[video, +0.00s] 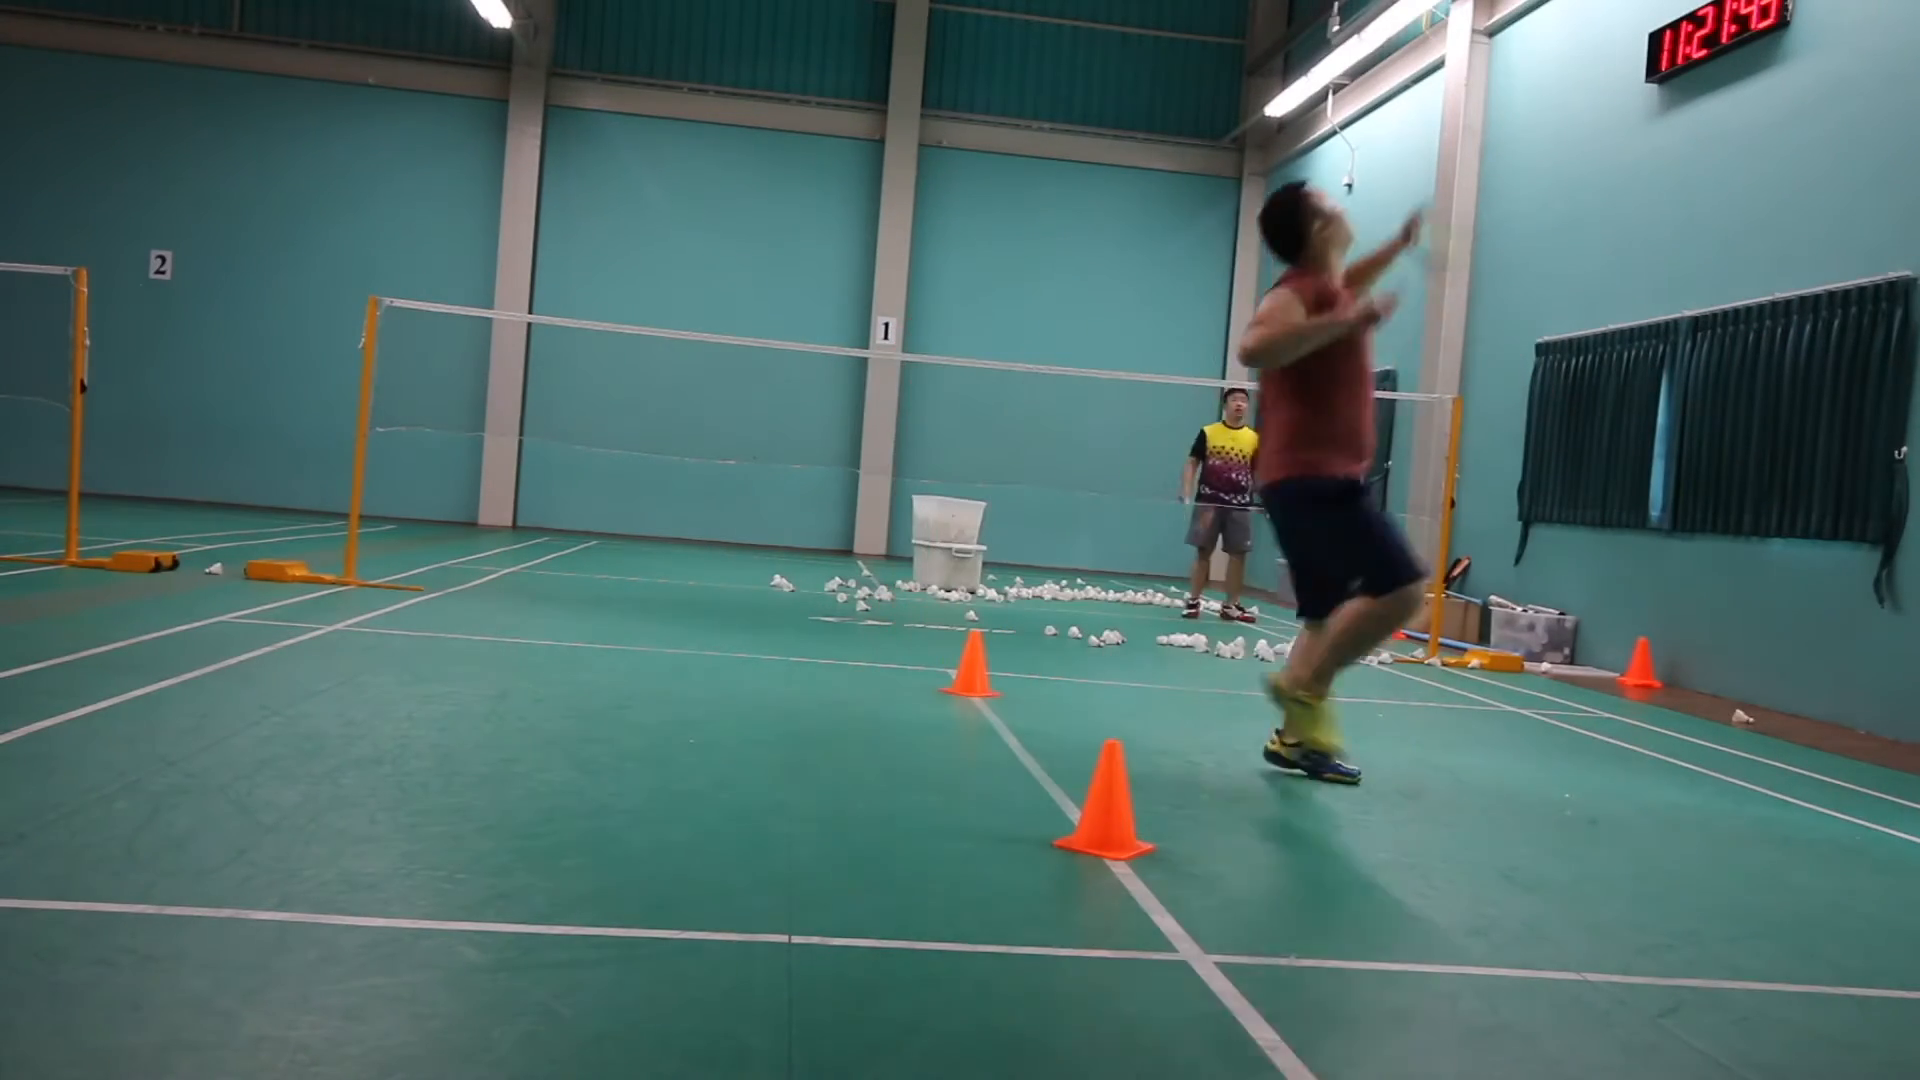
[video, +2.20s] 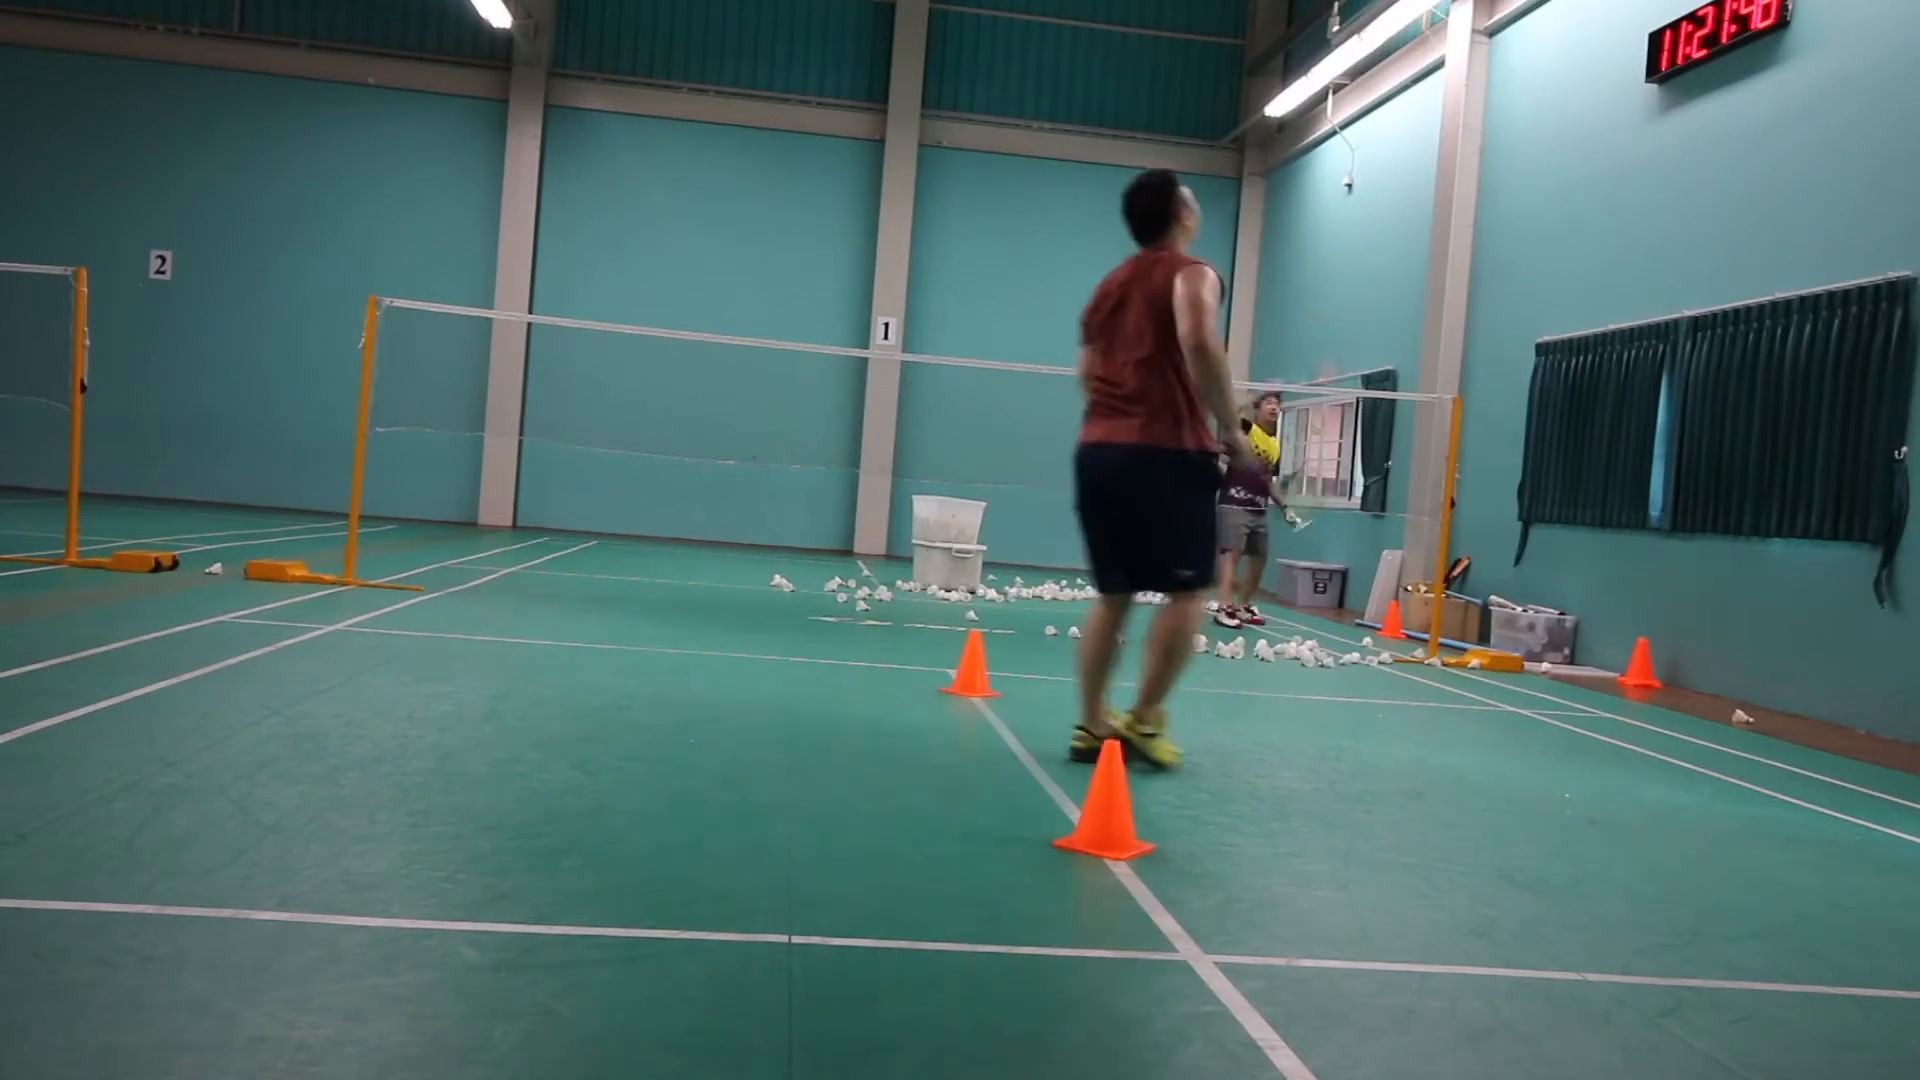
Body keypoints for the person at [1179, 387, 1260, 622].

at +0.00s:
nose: (1239, 405)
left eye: (1243, 401)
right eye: (1235, 400)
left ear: (1248, 407)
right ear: (1225, 405)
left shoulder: (1253, 438)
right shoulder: (1208, 432)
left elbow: (1257, 470)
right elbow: (1192, 462)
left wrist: (1262, 494)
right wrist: (1187, 490)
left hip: (1239, 503)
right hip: (1210, 501)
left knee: (1238, 554)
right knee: (1203, 553)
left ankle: (1231, 604)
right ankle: (1194, 599)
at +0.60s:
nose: (1266, 410)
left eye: (1270, 406)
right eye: (1261, 406)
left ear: (1275, 412)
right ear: (1252, 410)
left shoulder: (1282, 443)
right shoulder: (1237, 440)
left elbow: (1286, 477)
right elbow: (1223, 474)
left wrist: (1298, 508)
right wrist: (1219, 507)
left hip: (1268, 511)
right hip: (1238, 509)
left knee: (1275, 556)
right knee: (1221, 554)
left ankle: (1270, 609)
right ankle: (1196, 598)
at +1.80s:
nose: (1268, 414)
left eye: (1272, 410)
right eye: (1263, 409)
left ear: (1277, 415)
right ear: (1255, 413)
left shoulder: (1280, 445)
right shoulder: (1240, 441)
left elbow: (1281, 476)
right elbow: (1223, 468)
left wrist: (1299, 501)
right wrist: (1237, 495)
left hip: (1259, 508)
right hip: (1234, 505)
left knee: (1261, 558)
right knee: (1235, 554)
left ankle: (1253, 607)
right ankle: (1226, 608)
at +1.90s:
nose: (1273, 411)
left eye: (1277, 407)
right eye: (1269, 406)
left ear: (1280, 413)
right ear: (1258, 409)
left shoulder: (1276, 441)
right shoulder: (1244, 429)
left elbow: (1274, 475)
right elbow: (1233, 434)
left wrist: (1292, 499)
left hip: (1257, 504)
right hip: (1232, 501)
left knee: (1261, 556)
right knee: (1235, 552)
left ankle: (1253, 605)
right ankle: (1227, 608)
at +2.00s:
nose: (1274, 406)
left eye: (1278, 403)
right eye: (1269, 402)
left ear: (1279, 410)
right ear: (1257, 405)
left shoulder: (1273, 440)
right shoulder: (1246, 426)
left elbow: (1265, 474)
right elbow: (1245, 404)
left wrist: (1283, 495)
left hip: (1257, 502)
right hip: (1233, 499)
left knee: (1260, 554)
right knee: (1238, 552)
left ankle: (1250, 603)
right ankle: (1226, 606)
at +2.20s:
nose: (1274, 408)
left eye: (1277, 404)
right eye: (1269, 404)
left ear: (1280, 411)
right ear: (1257, 409)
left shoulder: (1275, 445)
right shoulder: (1244, 431)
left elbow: (1268, 481)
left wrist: (1284, 506)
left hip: (1258, 505)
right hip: (1234, 502)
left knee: (1258, 556)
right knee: (1231, 553)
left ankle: (1244, 604)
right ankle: (1226, 605)